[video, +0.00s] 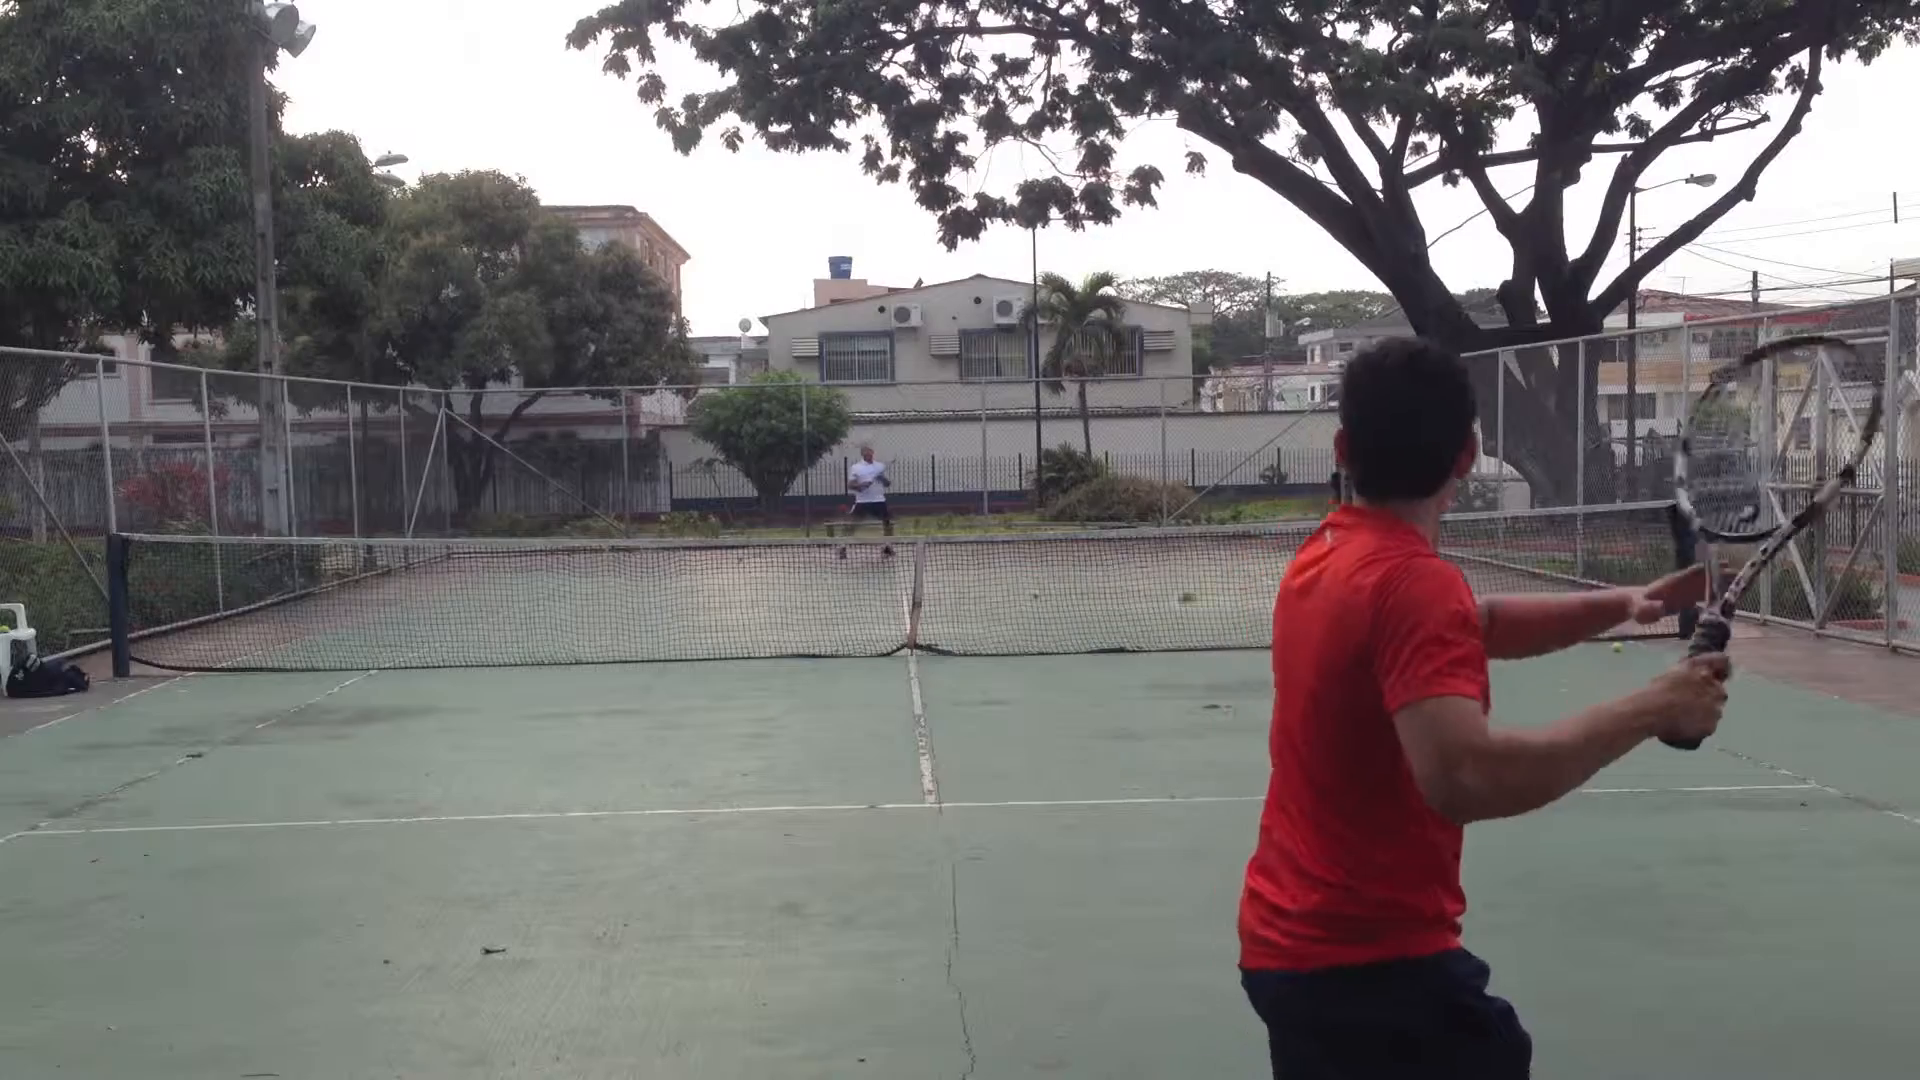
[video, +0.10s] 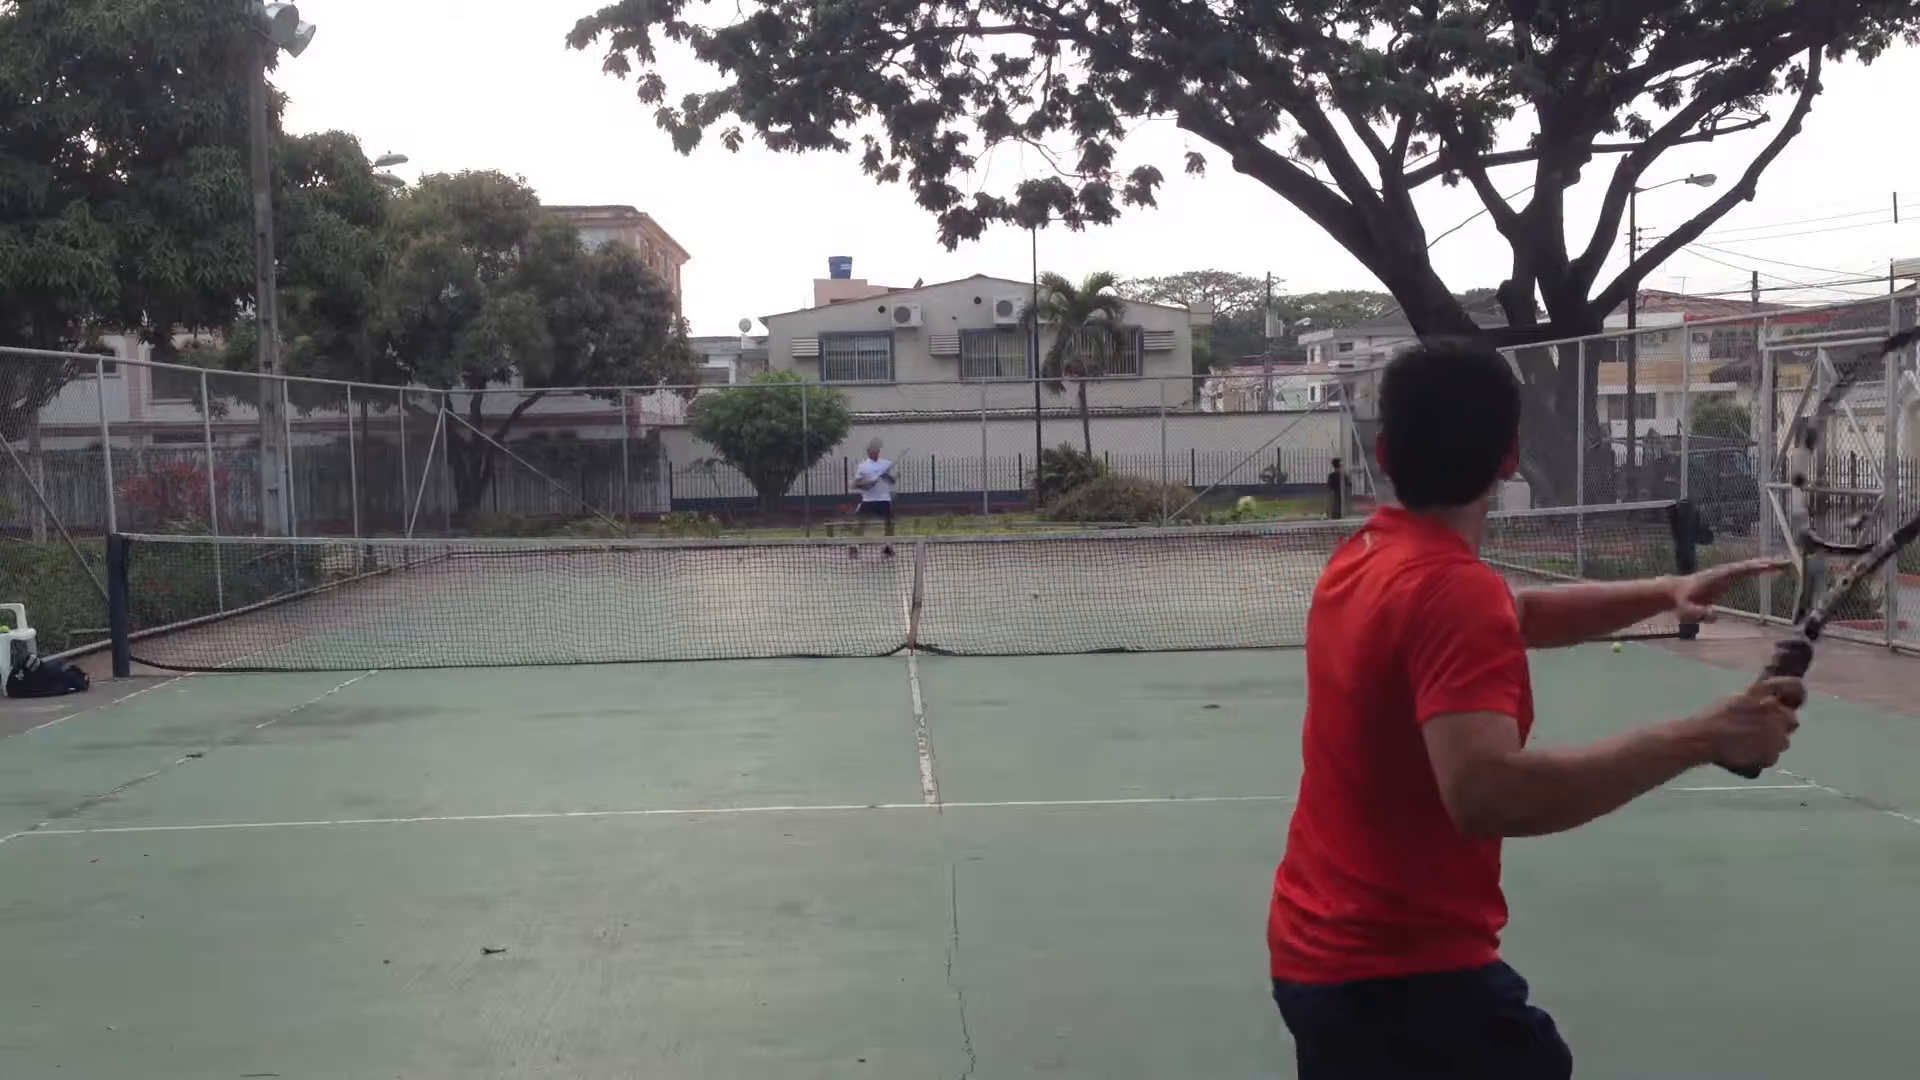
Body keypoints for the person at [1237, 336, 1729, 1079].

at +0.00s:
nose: (1472, 454)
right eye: (1473, 439)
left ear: (1341, 449)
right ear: (1466, 458)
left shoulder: (1321, 559)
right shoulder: (1415, 585)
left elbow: (1473, 624)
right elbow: (1461, 777)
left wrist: (1627, 604)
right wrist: (1650, 709)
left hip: (1293, 945)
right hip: (1377, 962)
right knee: (1497, 1056)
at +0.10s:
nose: (1513, 456)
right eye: (1514, 440)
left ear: (1382, 451)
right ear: (1509, 462)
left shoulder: (1358, 560)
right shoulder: (1454, 589)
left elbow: (1516, 614)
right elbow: (1487, 791)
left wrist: (1665, 592)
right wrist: (1704, 737)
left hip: (1322, 956)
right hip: (1410, 978)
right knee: (1538, 1060)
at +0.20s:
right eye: (1563, 434)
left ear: (1423, 448)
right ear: (1558, 459)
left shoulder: (1393, 552)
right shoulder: (1494, 593)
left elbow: (1534, 606)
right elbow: (1520, 803)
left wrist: (1701, 592)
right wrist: (1764, 787)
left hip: (1347, 957)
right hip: (1438, 980)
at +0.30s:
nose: (1608, 448)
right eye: (1610, 434)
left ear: (1470, 440)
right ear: (1602, 462)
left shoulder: (1422, 549)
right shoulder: (1540, 603)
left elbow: (1542, 598)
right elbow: (1574, 820)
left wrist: (1700, 593)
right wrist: (1829, 851)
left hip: (1365, 958)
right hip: (1463, 982)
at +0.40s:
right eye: (1652, 442)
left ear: (1507, 446)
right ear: (1642, 465)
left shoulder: (1447, 551)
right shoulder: (1595, 615)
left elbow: (1520, 611)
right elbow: (1660, 845)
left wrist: (1639, 598)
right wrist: (1896, 913)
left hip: (1380, 961)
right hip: (1495, 982)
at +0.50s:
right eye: (1677, 450)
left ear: (1535, 449)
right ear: (1667, 474)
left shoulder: (1455, 561)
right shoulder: (1649, 629)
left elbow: (1371, 619)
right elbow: (1760, 858)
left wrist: (1482, 618)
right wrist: (1913, 921)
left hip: (1408, 960)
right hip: (1541, 977)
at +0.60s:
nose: (1683, 458)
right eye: (1685, 442)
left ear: (1556, 439)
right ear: (1670, 462)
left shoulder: (1454, 562)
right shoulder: (1708, 621)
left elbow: (1312, 661)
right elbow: (1844, 801)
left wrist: (1413, 603)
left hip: (1448, 962)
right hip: (1600, 969)